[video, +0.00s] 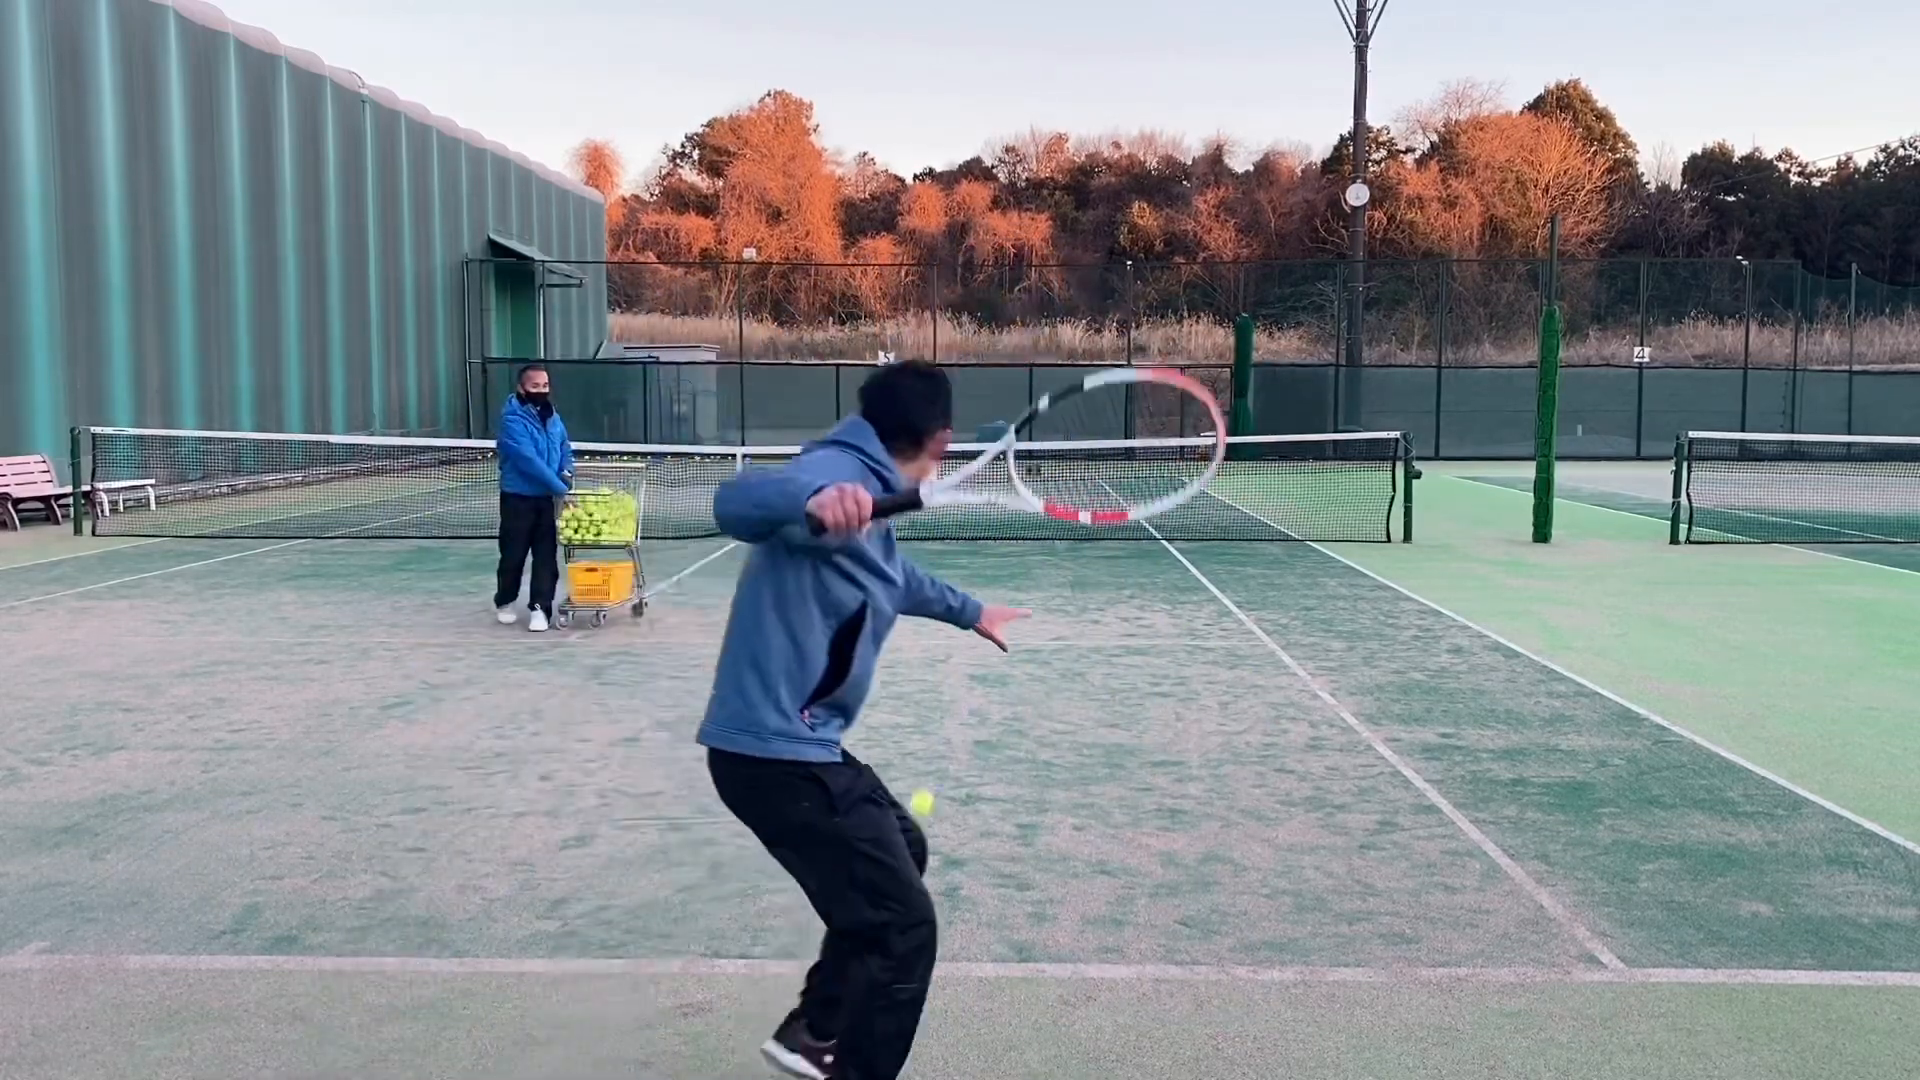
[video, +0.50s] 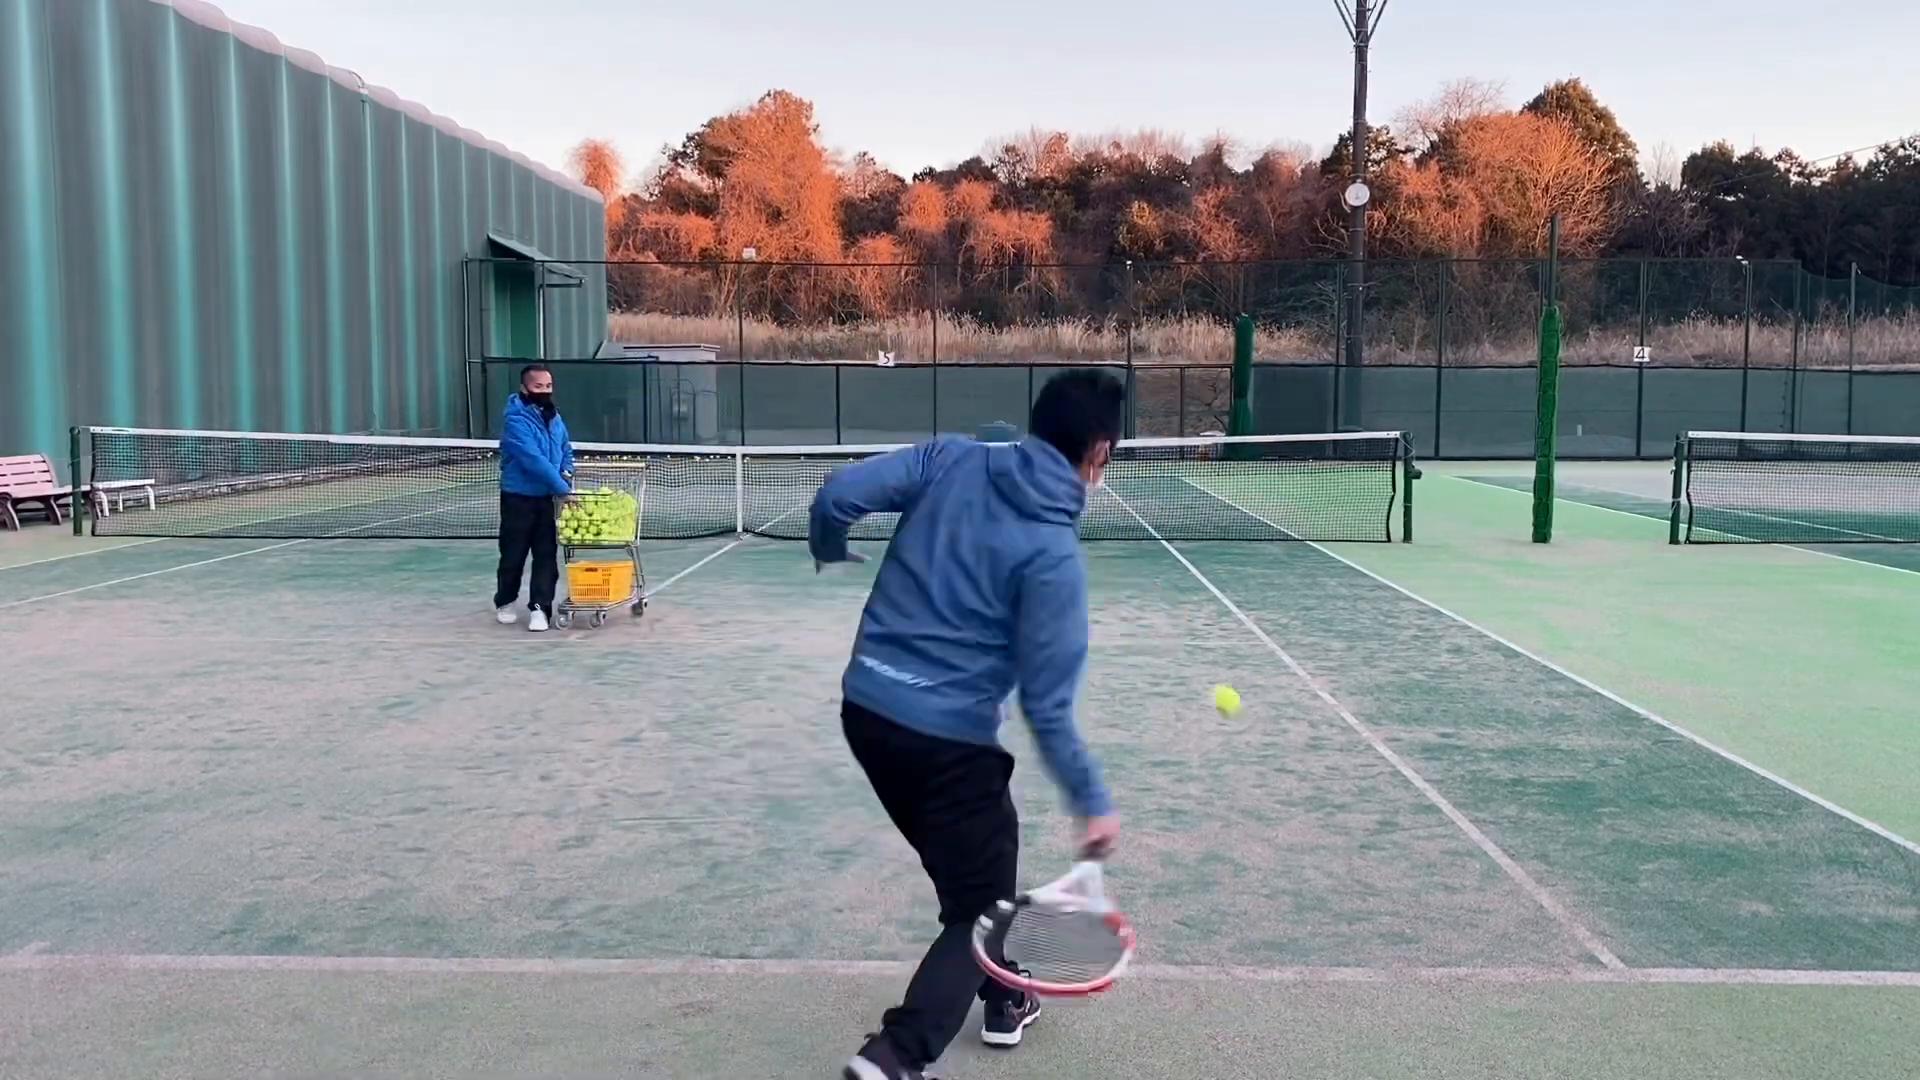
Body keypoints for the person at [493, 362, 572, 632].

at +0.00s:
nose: (542, 391)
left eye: (545, 386)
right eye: (536, 386)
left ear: (549, 387)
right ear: (522, 388)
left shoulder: (552, 416)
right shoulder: (512, 418)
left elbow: (565, 447)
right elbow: (526, 458)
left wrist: (566, 469)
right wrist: (560, 488)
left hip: (547, 494)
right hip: (518, 494)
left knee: (546, 556)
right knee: (513, 554)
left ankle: (540, 609)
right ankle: (505, 602)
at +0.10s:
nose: (543, 391)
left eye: (546, 386)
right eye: (537, 386)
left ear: (550, 387)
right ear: (523, 387)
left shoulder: (553, 416)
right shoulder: (513, 418)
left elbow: (566, 448)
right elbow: (527, 458)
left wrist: (566, 469)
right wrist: (561, 489)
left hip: (547, 493)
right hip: (518, 494)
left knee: (546, 556)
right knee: (514, 554)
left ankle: (540, 609)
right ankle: (505, 602)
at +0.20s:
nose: (544, 391)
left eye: (547, 386)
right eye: (538, 386)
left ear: (551, 387)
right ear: (524, 388)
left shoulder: (553, 417)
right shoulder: (514, 419)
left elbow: (566, 449)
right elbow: (529, 459)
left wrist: (566, 469)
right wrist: (561, 489)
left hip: (546, 493)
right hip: (518, 495)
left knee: (546, 555)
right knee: (513, 554)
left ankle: (540, 609)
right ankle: (505, 602)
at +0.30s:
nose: (544, 391)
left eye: (548, 386)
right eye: (538, 386)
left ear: (552, 387)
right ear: (525, 388)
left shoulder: (553, 417)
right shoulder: (515, 419)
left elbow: (566, 448)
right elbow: (529, 459)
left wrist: (566, 469)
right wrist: (562, 489)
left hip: (546, 493)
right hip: (518, 494)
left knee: (546, 555)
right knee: (513, 554)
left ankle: (540, 609)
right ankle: (505, 602)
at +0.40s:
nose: (544, 391)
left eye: (548, 386)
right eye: (539, 387)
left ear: (552, 387)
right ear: (525, 388)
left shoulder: (553, 417)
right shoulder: (515, 419)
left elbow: (566, 449)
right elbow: (530, 458)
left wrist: (565, 470)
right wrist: (562, 489)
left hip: (546, 493)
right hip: (518, 494)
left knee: (546, 555)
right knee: (513, 554)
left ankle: (540, 609)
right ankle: (505, 602)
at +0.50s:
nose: (545, 391)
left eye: (548, 386)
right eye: (539, 387)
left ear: (552, 387)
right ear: (525, 388)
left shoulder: (554, 417)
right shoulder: (516, 418)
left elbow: (566, 449)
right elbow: (531, 458)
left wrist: (565, 470)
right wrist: (562, 489)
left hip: (546, 493)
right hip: (518, 494)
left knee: (546, 555)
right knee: (514, 553)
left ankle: (540, 609)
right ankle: (505, 602)